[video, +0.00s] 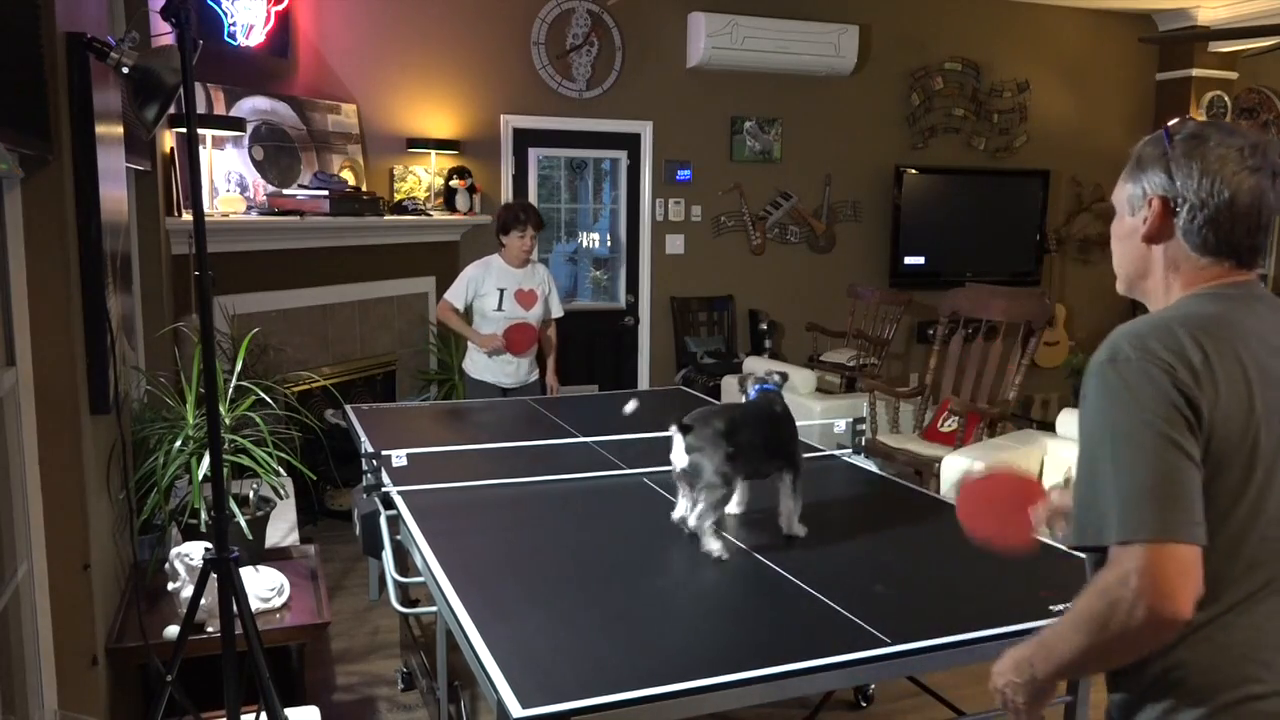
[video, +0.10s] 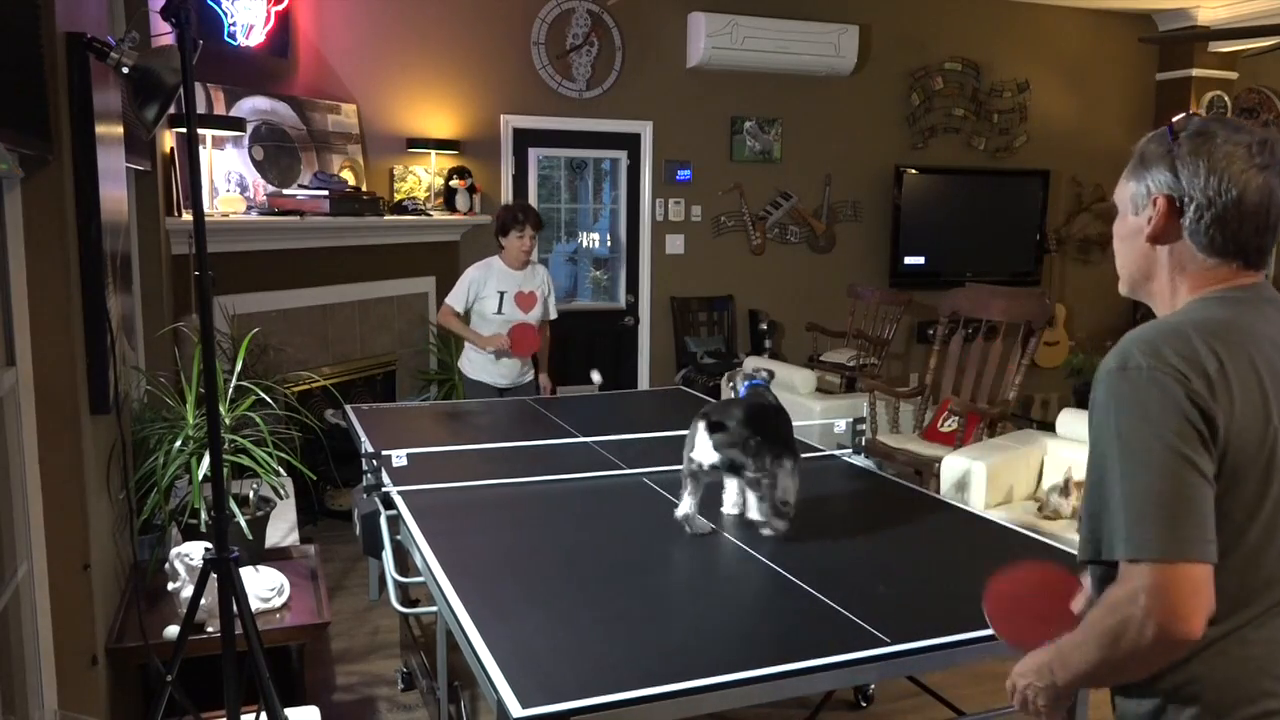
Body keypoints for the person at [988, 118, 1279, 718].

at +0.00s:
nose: (1110, 231)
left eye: (1117, 212)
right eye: (1113, 212)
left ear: (1156, 216)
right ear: (1245, 222)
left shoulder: (1147, 352)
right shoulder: (1269, 324)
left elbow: (1158, 589)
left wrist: (1032, 665)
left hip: (1196, 700)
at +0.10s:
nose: (1112, 230)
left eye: (1120, 211)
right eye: (1114, 212)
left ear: (1160, 215)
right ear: (1249, 221)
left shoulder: (1155, 362)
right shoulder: (1267, 324)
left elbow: (1168, 609)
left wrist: (1049, 669)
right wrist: (1116, 587)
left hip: (1201, 699)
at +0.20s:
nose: (1107, 232)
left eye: (1114, 212)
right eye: (1108, 213)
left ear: (1156, 219)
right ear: (1249, 224)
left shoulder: (1150, 370)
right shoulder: (1266, 332)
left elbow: (1148, 628)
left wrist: (1047, 673)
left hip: (1196, 701)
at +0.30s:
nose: (1091, 237)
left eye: (1096, 214)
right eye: (1091, 215)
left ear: (1138, 221)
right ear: (1241, 228)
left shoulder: (1124, 378)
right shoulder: (1271, 340)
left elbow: (1115, 638)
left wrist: (1023, 687)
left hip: (1176, 702)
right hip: (1269, 686)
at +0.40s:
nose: (1064, 232)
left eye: (1070, 210)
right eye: (1065, 210)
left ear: (1109, 218)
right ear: (1213, 221)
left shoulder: (1099, 378)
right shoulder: (1266, 344)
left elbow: (1078, 651)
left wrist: (1000, 700)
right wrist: (1026, 668)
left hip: (1151, 701)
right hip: (1263, 688)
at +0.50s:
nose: (1046, 231)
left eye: (1052, 207)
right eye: (1048, 208)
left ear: (1085, 218)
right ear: (1201, 225)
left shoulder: (1078, 380)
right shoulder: (1268, 348)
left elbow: (1061, 658)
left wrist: (997, 708)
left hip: (1146, 699)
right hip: (1265, 690)